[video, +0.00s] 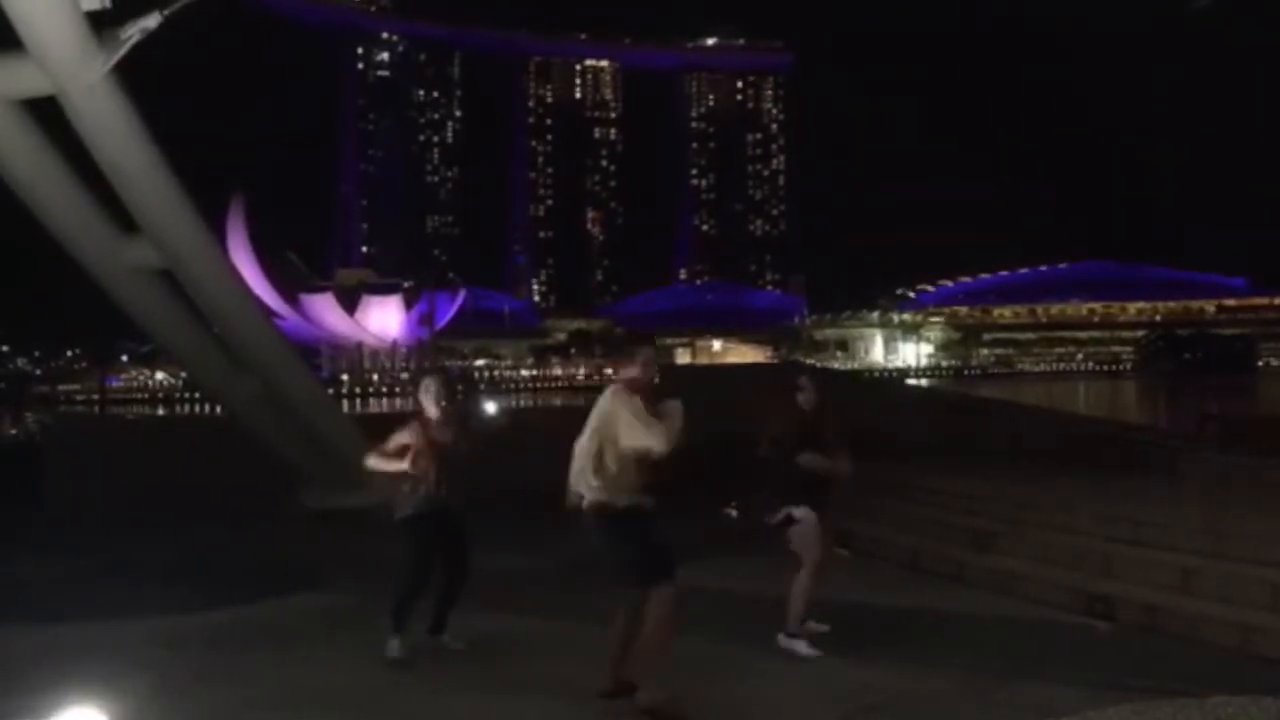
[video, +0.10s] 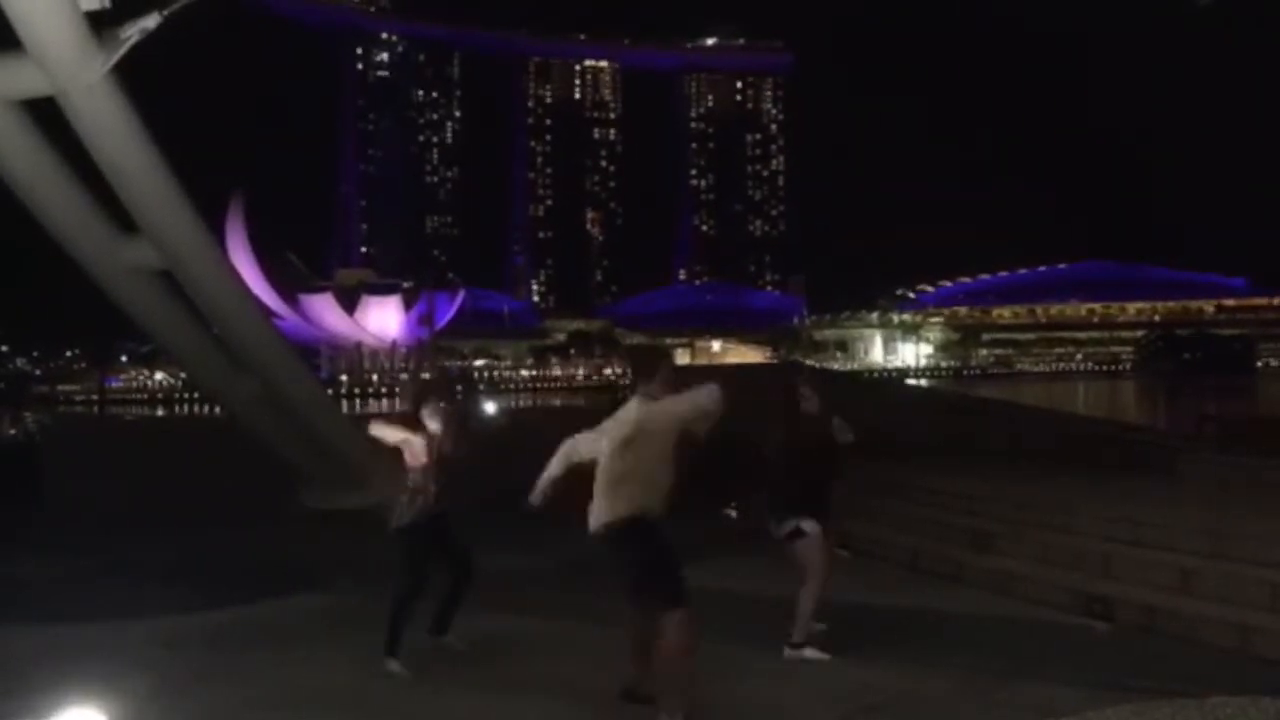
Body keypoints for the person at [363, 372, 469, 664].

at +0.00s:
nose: (435, 400)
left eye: (440, 393)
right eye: (429, 394)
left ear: (448, 397)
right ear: (419, 398)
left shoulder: (454, 432)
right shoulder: (413, 431)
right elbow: (371, 459)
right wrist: (403, 465)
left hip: (445, 508)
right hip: (414, 511)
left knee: (456, 569)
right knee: (416, 572)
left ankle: (438, 629)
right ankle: (396, 633)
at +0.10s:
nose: (437, 416)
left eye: (441, 410)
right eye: (431, 411)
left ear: (448, 414)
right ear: (421, 415)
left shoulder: (447, 442)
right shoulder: (413, 441)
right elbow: (374, 427)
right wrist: (405, 437)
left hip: (439, 517)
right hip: (412, 519)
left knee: (462, 568)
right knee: (412, 581)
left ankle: (439, 630)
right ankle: (391, 653)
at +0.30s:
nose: (462, 414)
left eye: (463, 407)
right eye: (459, 407)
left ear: (434, 405)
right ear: (445, 407)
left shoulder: (414, 428)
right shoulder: (431, 438)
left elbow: (380, 441)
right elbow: (469, 457)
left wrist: (361, 441)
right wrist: (483, 438)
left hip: (421, 520)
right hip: (426, 526)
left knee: (456, 578)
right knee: (429, 585)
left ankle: (444, 633)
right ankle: (399, 642)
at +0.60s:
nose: (420, 401)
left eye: (422, 396)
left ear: (425, 396)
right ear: (453, 394)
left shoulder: (419, 427)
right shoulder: (467, 424)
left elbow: (410, 476)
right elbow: (478, 468)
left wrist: (401, 478)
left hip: (434, 517)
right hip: (468, 514)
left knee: (442, 578)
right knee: (473, 571)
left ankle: (467, 637)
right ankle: (492, 630)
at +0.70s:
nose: (412, 412)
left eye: (416, 405)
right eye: (412, 404)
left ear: (426, 405)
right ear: (441, 400)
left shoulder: (432, 431)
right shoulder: (451, 425)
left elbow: (431, 475)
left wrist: (411, 495)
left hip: (443, 519)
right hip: (461, 517)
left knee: (434, 577)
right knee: (472, 573)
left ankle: (467, 635)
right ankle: (499, 630)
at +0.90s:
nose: (390, 420)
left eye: (393, 412)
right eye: (390, 413)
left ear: (408, 413)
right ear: (418, 412)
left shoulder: (419, 438)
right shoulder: (442, 432)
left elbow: (412, 492)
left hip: (442, 520)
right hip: (463, 518)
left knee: (441, 577)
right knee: (447, 577)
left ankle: (468, 636)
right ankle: (467, 634)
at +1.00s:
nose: (387, 431)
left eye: (391, 424)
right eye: (387, 424)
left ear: (407, 424)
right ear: (415, 424)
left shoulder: (411, 455)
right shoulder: (434, 449)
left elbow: (397, 504)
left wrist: (403, 527)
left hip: (433, 527)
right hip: (453, 525)